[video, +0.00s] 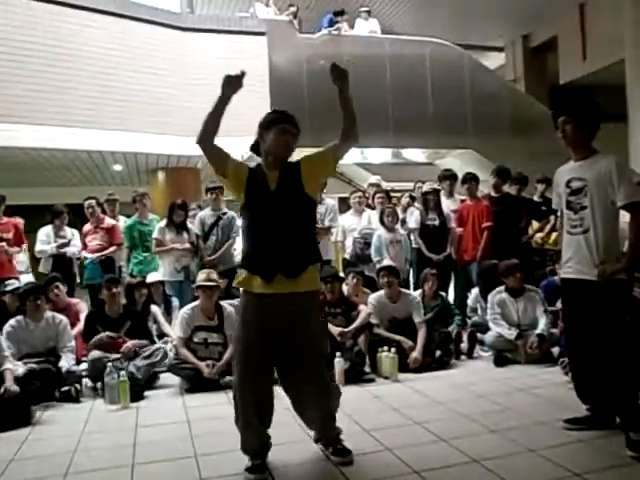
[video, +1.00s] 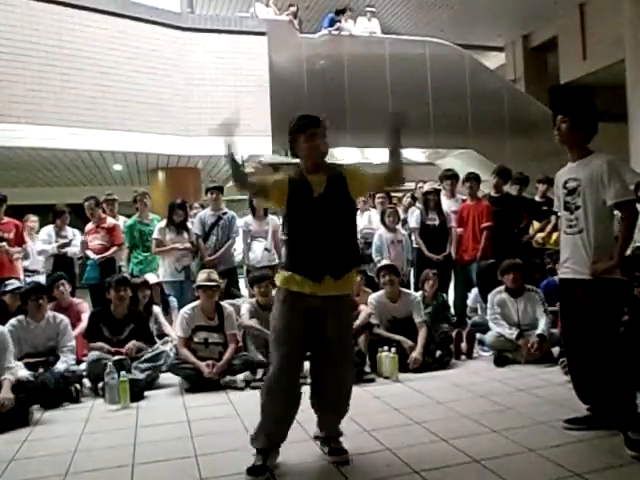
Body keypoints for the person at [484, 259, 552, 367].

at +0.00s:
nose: (518, 276)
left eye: (519, 272)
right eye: (513, 275)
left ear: (523, 274)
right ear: (504, 279)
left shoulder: (535, 293)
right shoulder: (495, 297)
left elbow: (543, 316)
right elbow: (494, 320)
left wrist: (539, 335)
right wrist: (515, 335)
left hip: (530, 331)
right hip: (508, 332)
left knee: (553, 336)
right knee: (491, 339)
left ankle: (512, 357)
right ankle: (538, 356)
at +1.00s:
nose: (512, 277)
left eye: (515, 273)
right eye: (508, 274)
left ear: (522, 275)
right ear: (502, 278)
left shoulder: (535, 293)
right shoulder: (495, 296)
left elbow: (544, 316)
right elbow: (494, 320)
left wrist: (540, 336)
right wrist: (517, 335)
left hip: (531, 331)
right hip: (508, 333)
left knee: (552, 336)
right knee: (491, 339)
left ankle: (512, 357)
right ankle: (539, 355)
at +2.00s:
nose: (513, 278)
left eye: (517, 274)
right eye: (508, 274)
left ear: (523, 276)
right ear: (503, 277)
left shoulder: (535, 293)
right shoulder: (495, 296)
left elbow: (544, 316)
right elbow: (494, 320)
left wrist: (540, 336)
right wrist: (517, 336)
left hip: (531, 332)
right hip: (509, 333)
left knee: (555, 335)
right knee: (491, 338)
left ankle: (514, 357)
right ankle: (538, 355)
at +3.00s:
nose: (513, 278)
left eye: (516, 274)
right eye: (509, 274)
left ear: (523, 276)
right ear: (504, 277)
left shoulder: (535, 293)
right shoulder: (495, 296)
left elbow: (543, 315)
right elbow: (494, 320)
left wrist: (540, 336)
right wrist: (517, 336)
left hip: (531, 331)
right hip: (508, 333)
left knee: (553, 335)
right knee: (491, 338)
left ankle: (513, 357)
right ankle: (538, 355)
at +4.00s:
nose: (517, 280)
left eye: (521, 276)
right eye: (513, 277)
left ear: (528, 279)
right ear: (508, 280)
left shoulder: (539, 296)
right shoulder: (499, 299)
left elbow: (548, 319)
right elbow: (498, 323)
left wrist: (544, 339)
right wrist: (522, 339)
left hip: (535, 335)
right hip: (512, 335)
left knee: (559, 338)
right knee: (495, 341)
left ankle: (519, 360)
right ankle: (542, 358)